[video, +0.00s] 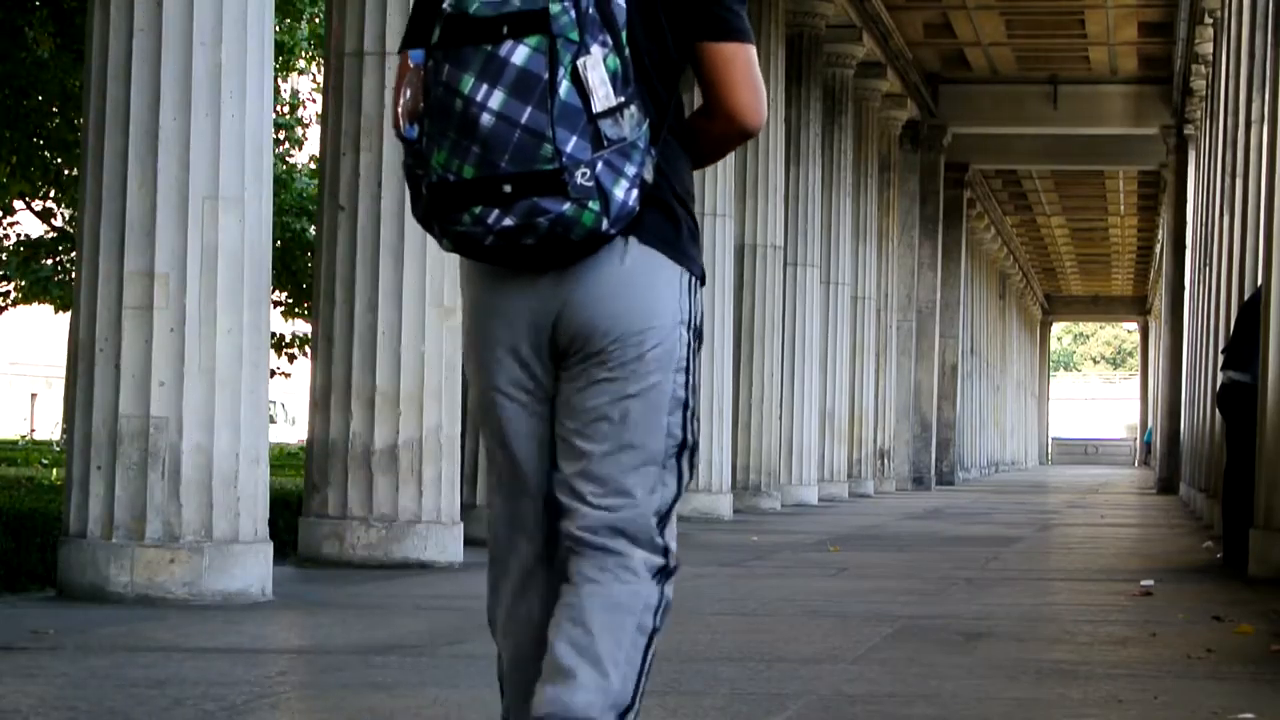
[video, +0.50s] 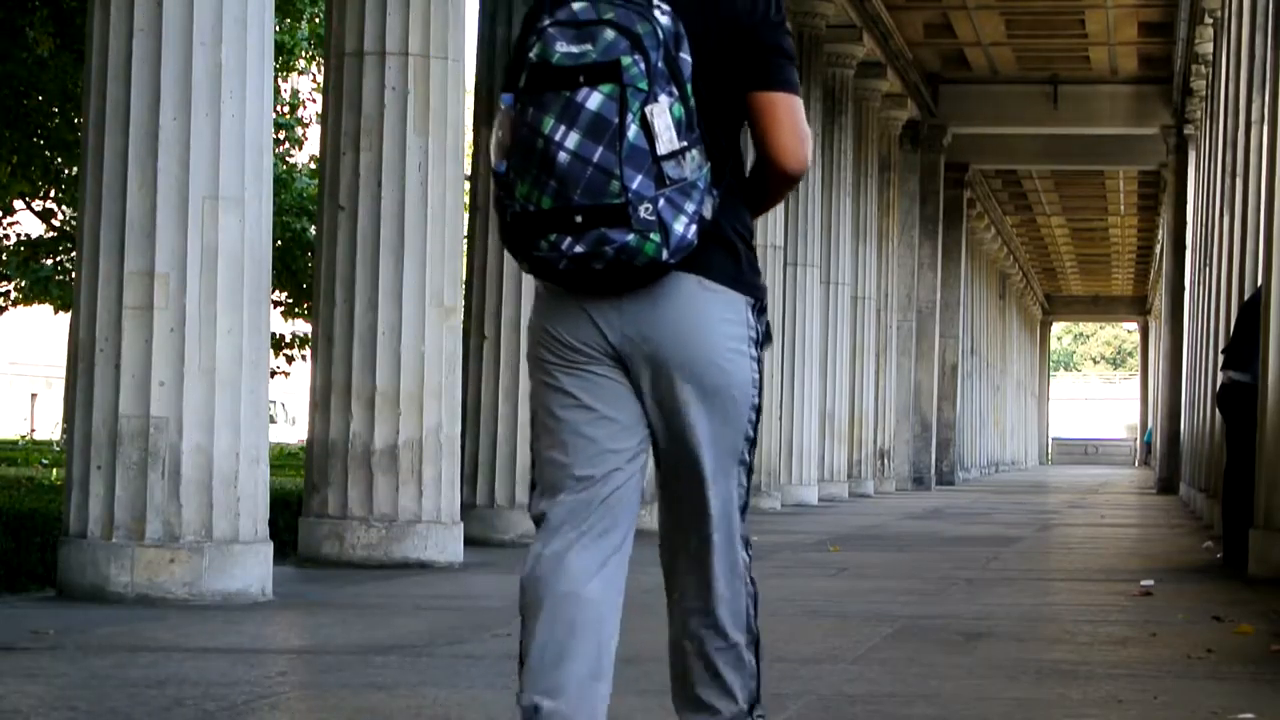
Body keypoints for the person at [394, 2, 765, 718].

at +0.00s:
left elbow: (411, 104)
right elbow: (741, 108)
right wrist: (663, 155)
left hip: (498, 266)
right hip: (630, 261)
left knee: (518, 539)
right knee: (614, 541)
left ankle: (526, 705)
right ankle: (573, 706)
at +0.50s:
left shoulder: (568, 6)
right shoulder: (741, 5)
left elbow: (506, 141)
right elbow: (789, 155)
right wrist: (739, 204)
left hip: (571, 289)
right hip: (694, 288)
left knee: (576, 521)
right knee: (708, 526)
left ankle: (557, 710)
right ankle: (719, 706)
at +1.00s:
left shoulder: (636, 27)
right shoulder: (803, 36)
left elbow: (576, 163)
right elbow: (858, 180)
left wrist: (648, 209)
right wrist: (785, 203)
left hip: (652, 302)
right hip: (764, 300)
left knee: (665, 501)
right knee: (745, 507)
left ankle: (677, 683)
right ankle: (725, 704)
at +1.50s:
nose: (783, 5)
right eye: (781, 1)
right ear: (773, 2)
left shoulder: (646, 66)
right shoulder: (804, 64)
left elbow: (609, 190)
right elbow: (853, 186)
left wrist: (673, 227)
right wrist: (803, 222)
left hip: (676, 314)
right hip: (778, 310)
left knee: (692, 498)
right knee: (788, 500)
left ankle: (703, 696)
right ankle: (786, 684)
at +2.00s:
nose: (835, 27)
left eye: (826, 19)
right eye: (835, 20)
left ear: (763, 22)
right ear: (831, 23)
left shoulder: (711, 92)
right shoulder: (859, 106)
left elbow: (665, 205)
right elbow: (896, 221)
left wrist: (732, 239)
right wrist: (831, 245)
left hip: (724, 320)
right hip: (820, 324)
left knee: (720, 477)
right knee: (804, 498)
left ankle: (727, 616)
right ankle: (793, 682)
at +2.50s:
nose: (820, 62)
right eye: (820, 52)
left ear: (753, 57)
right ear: (815, 54)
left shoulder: (711, 132)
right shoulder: (844, 131)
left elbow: (668, 236)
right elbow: (881, 239)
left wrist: (664, 323)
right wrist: (896, 327)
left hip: (733, 336)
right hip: (816, 333)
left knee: (746, 492)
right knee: (831, 482)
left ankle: (748, 658)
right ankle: (804, 583)